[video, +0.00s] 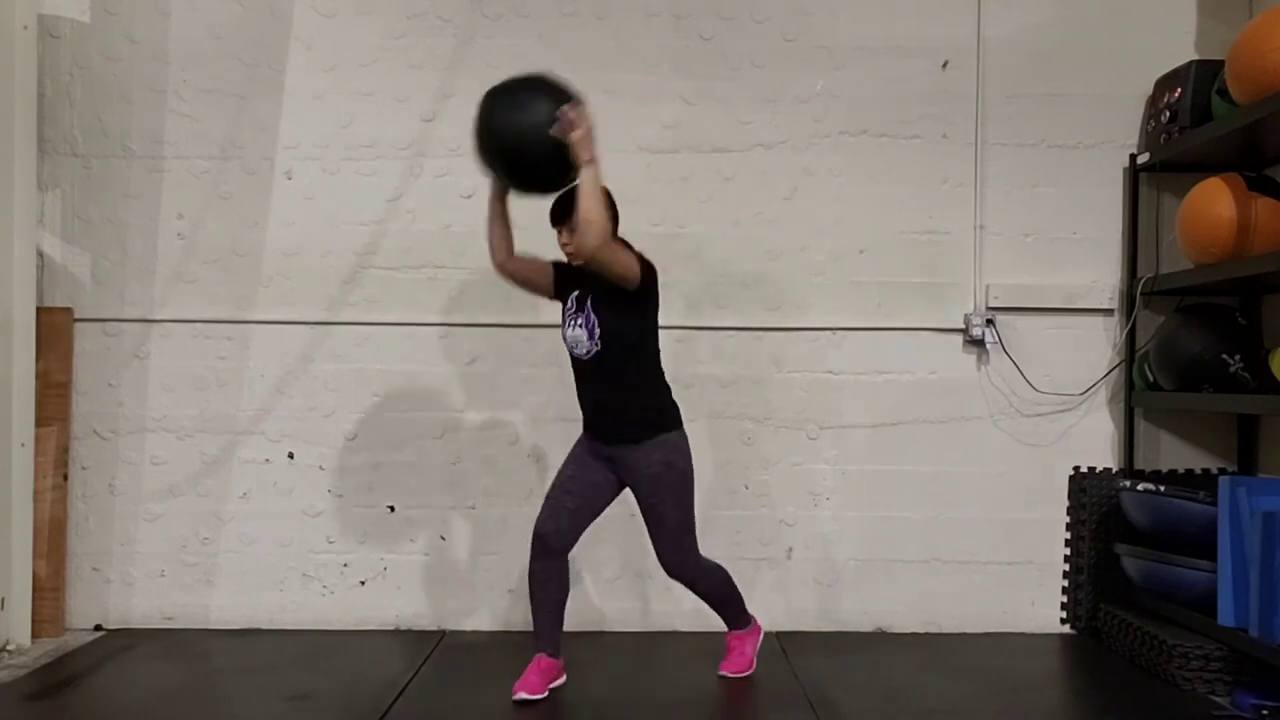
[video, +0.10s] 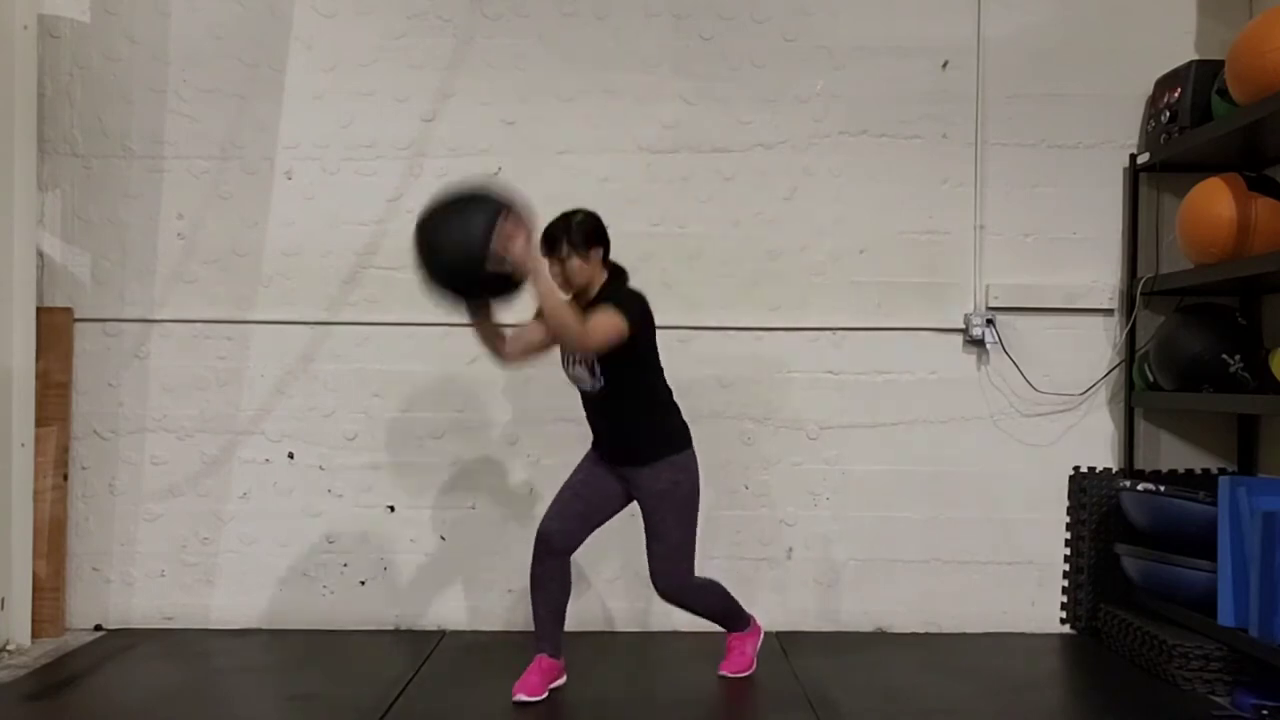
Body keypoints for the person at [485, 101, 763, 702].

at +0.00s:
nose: (562, 237)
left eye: (570, 227)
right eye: (557, 229)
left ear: (599, 226)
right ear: (558, 235)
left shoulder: (634, 276)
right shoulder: (568, 281)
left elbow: (594, 242)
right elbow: (506, 260)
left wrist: (585, 157)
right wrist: (499, 188)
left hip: (655, 446)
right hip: (599, 446)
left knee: (680, 560)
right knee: (548, 540)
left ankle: (743, 627)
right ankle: (548, 657)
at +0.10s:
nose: (559, 274)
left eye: (567, 263)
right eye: (555, 266)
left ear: (597, 256)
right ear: (557, 267)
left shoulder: (628, 305)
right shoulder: (572, 309)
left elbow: (576, 335)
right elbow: (509, 348)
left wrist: (532, 266)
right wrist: (474, 293)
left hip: (663, 461)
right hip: (610, 460)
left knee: (673, 581)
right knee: (551, 541)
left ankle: (745, 628)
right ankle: (549, 658)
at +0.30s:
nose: (528, 323)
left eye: (536, 311)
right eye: (525, 313)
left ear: (571, 311)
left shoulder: (606, 373)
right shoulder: (544, 379)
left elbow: (619, 469)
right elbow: (540, 455)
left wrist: (610, 553)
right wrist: (525, 531)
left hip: (659, 496)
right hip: (603, 486)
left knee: (663, 620)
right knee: (540, 551)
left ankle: (744, 627)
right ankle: (551, 661)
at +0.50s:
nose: (507, 309)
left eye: (515, 298)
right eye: (504, 299)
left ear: (551, 298)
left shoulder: (591, 358)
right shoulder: (525, 373)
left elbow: (598, 455)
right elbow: (517, 452)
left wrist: (551, 523)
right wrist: (483, 505)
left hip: (647, 483)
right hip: (591, 479)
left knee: (663, 603)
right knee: (534, 551)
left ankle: (744, 627)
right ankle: (550, 659)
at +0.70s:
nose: (498, 287)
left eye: (509, 277)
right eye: (495, 278)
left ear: (542, 279)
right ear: (495, 282)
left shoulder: (572, 337)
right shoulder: (516, 356)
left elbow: (559, 432)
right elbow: (512, 432)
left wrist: (483, 462)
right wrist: (466, 459)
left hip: (639, 467)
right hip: (584, 468)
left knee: (673, 581)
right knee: (532, 550)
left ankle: (747, 630)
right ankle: (550, 661)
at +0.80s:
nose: (502, 272)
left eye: (512, 260)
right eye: (497, 262)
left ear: (545, 260)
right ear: (496, 267)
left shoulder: (574, 318)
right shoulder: (514, 339)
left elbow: (557, 409)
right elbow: (507, 417)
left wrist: (475, 426)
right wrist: (460, 433)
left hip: (635, 457)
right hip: (577, 460)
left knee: (674, 566)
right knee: (532, 549)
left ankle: (745, 628)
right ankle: (551, 660)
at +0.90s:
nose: (511, 251)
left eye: (520, 239)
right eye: (505, 242)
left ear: (552, 238)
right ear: (502, 248)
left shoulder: (582, 295)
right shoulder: (514, 319)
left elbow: (555, 374)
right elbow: (495, 399)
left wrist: (472, 364)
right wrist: (428, 399)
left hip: (630, 443)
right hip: (571, 447)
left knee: (674, 551)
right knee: (533, 548)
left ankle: (739, 624)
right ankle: (550, 660)